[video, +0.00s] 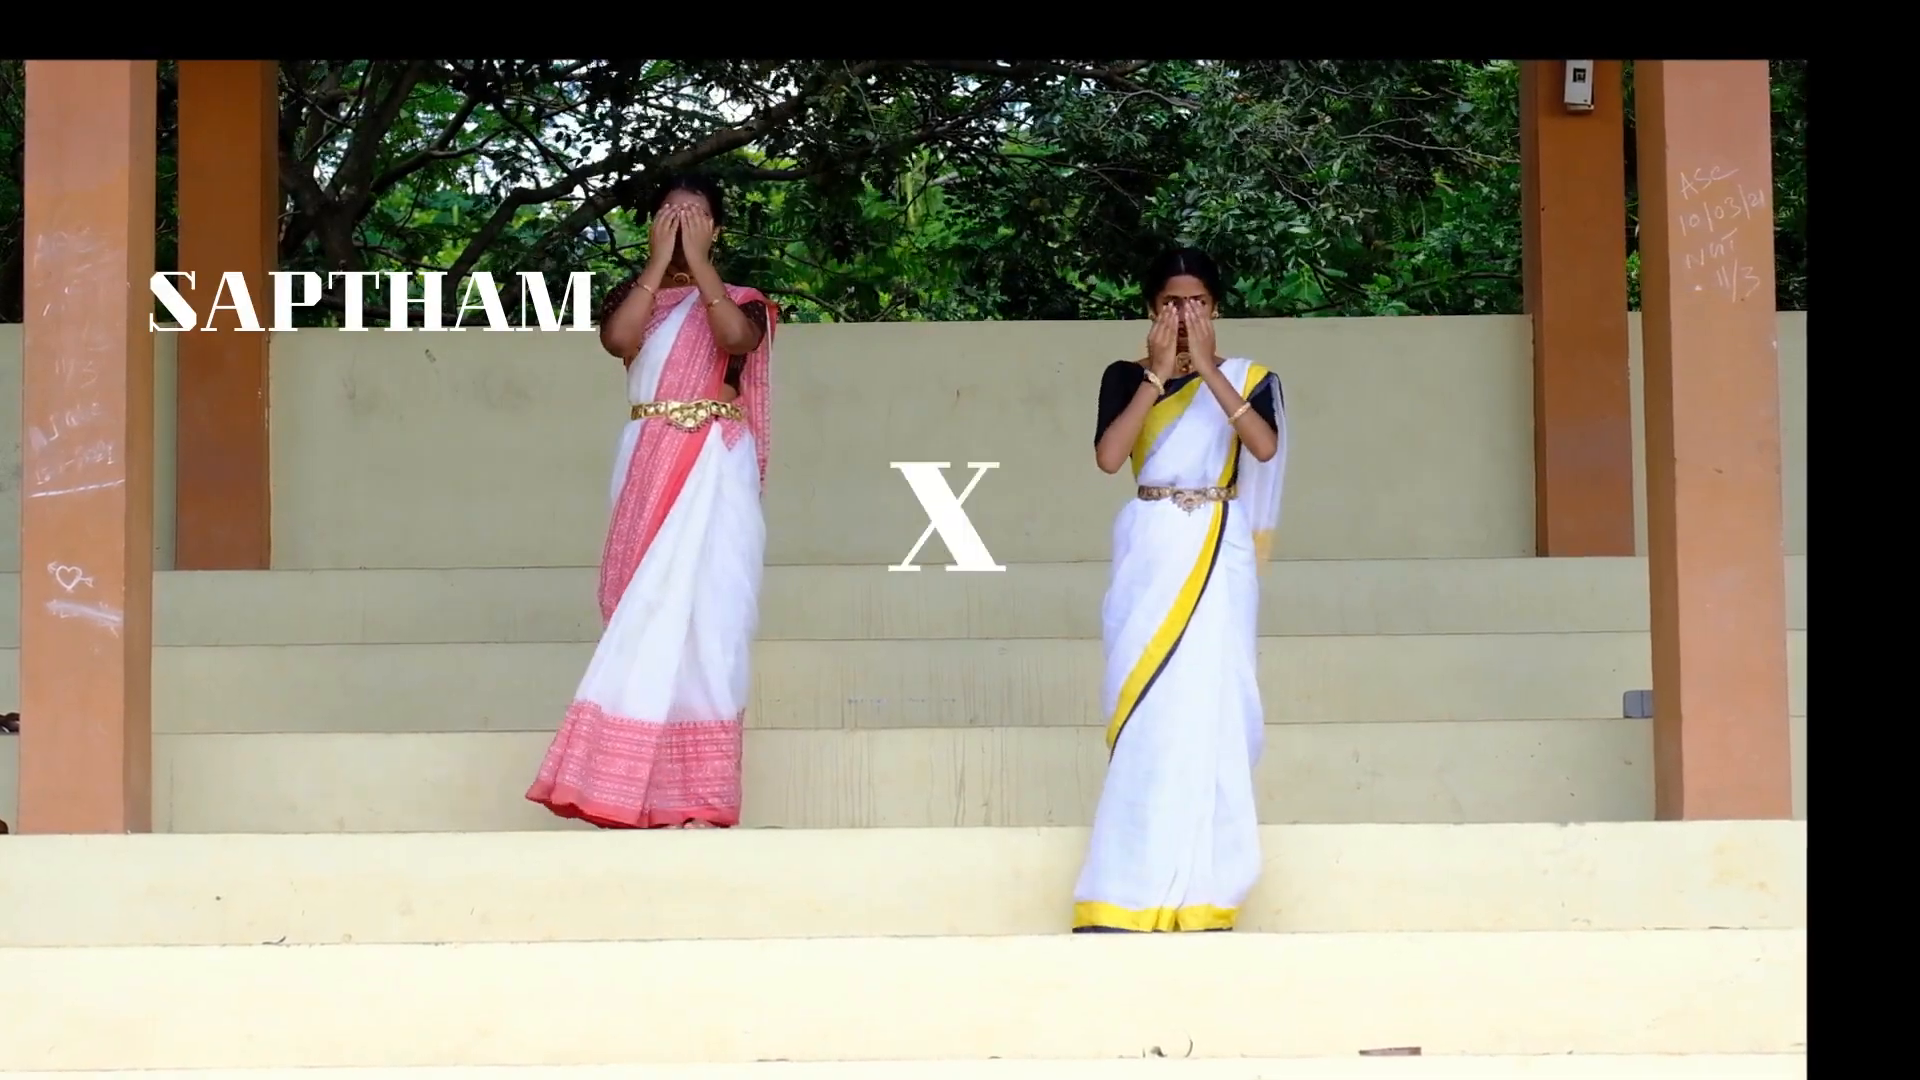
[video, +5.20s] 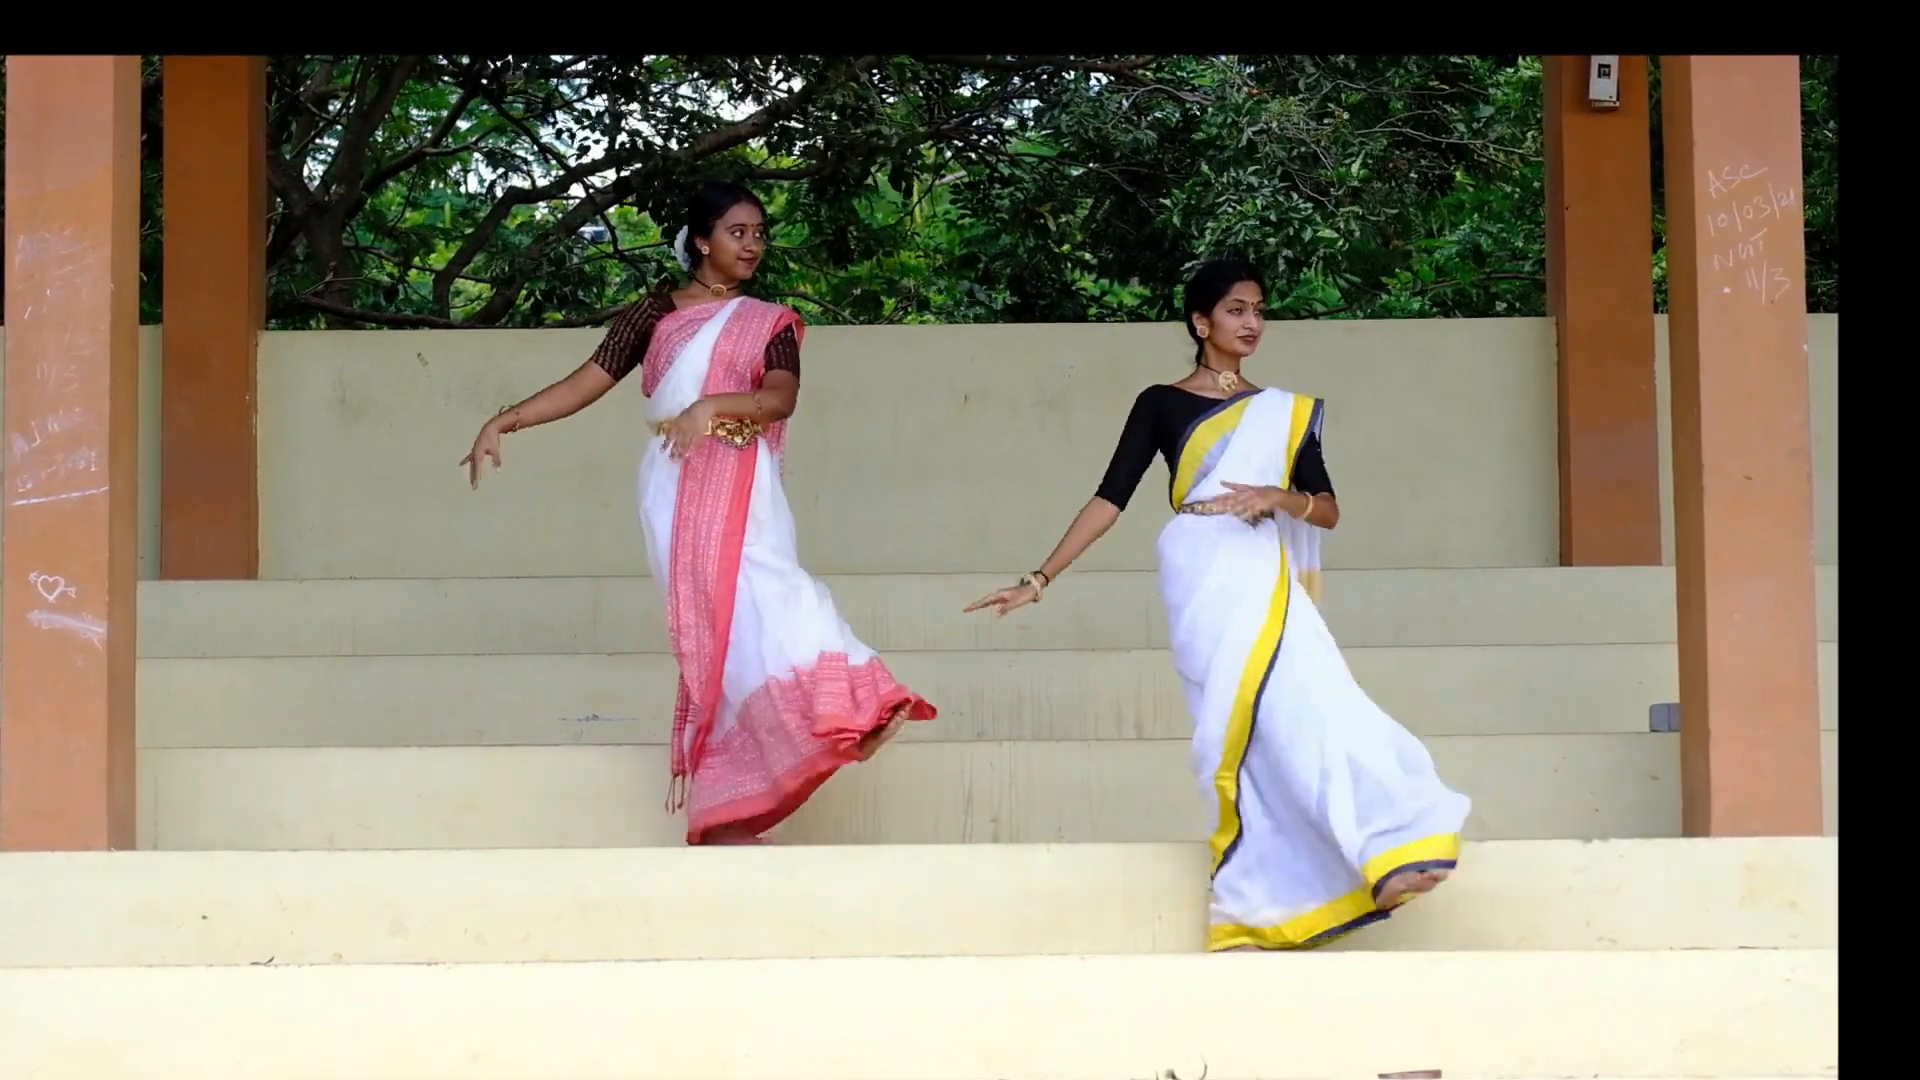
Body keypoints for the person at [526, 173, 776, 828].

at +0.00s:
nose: (681, 225)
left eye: (694, 213)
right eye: (671, 214)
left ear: (716, 229)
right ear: (655, 228)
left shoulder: (744, 302)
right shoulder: (636, 298)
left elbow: (735, 336)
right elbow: (621, 340)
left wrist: (700, 258)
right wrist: (655, 259)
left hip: (714, 474)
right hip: (647, 471)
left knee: (703, 623)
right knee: (646, 618)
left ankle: (698, 797)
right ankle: (633, 792)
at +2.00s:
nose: (679, 227)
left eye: (692, 215)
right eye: (669, 215)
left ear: (713, 229)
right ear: (650, 228)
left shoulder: (741, 304)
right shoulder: (628, 300)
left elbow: (731, 339)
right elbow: (617, 338)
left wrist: (696, 260)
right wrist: (656, 262)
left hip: (713, 477)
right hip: (643, 476)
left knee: (706, 629)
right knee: (639, 626)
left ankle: (702, 805)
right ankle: (630, 803)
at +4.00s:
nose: (675, 226)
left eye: (690, 215)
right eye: (665, 214)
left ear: (712, 227)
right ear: (647, 228)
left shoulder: (738, 301)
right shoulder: (635, 301)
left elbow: (740, 339)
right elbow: (608, 334)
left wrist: (694, 261)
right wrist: (654, 258)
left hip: (712, 477)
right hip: (644, 477)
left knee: (700, 629)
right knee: (648, 628)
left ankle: (690, 806)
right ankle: (642, 800)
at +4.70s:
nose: (704, 231)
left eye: (714, 220)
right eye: (690, 219)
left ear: (727, 229)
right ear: (664, 227)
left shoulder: (747, 307)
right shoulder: (631, 304)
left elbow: (766, 377)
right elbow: (590, 385)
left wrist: (702, 337)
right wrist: (636, 337)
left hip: (727, 482)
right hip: (655, 481)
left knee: (717, 629)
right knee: (658, 628)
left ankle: (703, 809)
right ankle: (652, 804)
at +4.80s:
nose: (720, 237)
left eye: (729, 226)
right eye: (705, 224)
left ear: (736, 235)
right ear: (674, 233)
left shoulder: (755, 313)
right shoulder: (633, 315)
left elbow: (767, 395)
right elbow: (609, 399)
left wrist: (720, 414)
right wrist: (604, 427)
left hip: (733, 490)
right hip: (659, 489)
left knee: (717, 631)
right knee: (661, 631)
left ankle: (706, 812)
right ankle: (659, 806)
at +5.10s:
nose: (748, 241)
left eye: (754, 229)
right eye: (734, 228)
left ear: (758, 235)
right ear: (698, 235)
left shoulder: (768, 315)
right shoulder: (651, 310)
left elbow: (768, 386)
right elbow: (583, 383)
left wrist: (693, 391)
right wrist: (505, 434)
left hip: (747, 479)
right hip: (674, 477)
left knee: (783, 585)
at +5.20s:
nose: (753, 245)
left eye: (758, 234)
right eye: (739, 232)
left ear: (761, 242)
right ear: (700, 239)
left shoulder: (771, 319)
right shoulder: (653, 315)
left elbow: (781, 398)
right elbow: (582, 386)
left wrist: (712, 406)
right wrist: (503, 420)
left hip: (748, 472)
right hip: (674, 475)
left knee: (764, 581)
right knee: (705, 612)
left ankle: (856, 698)